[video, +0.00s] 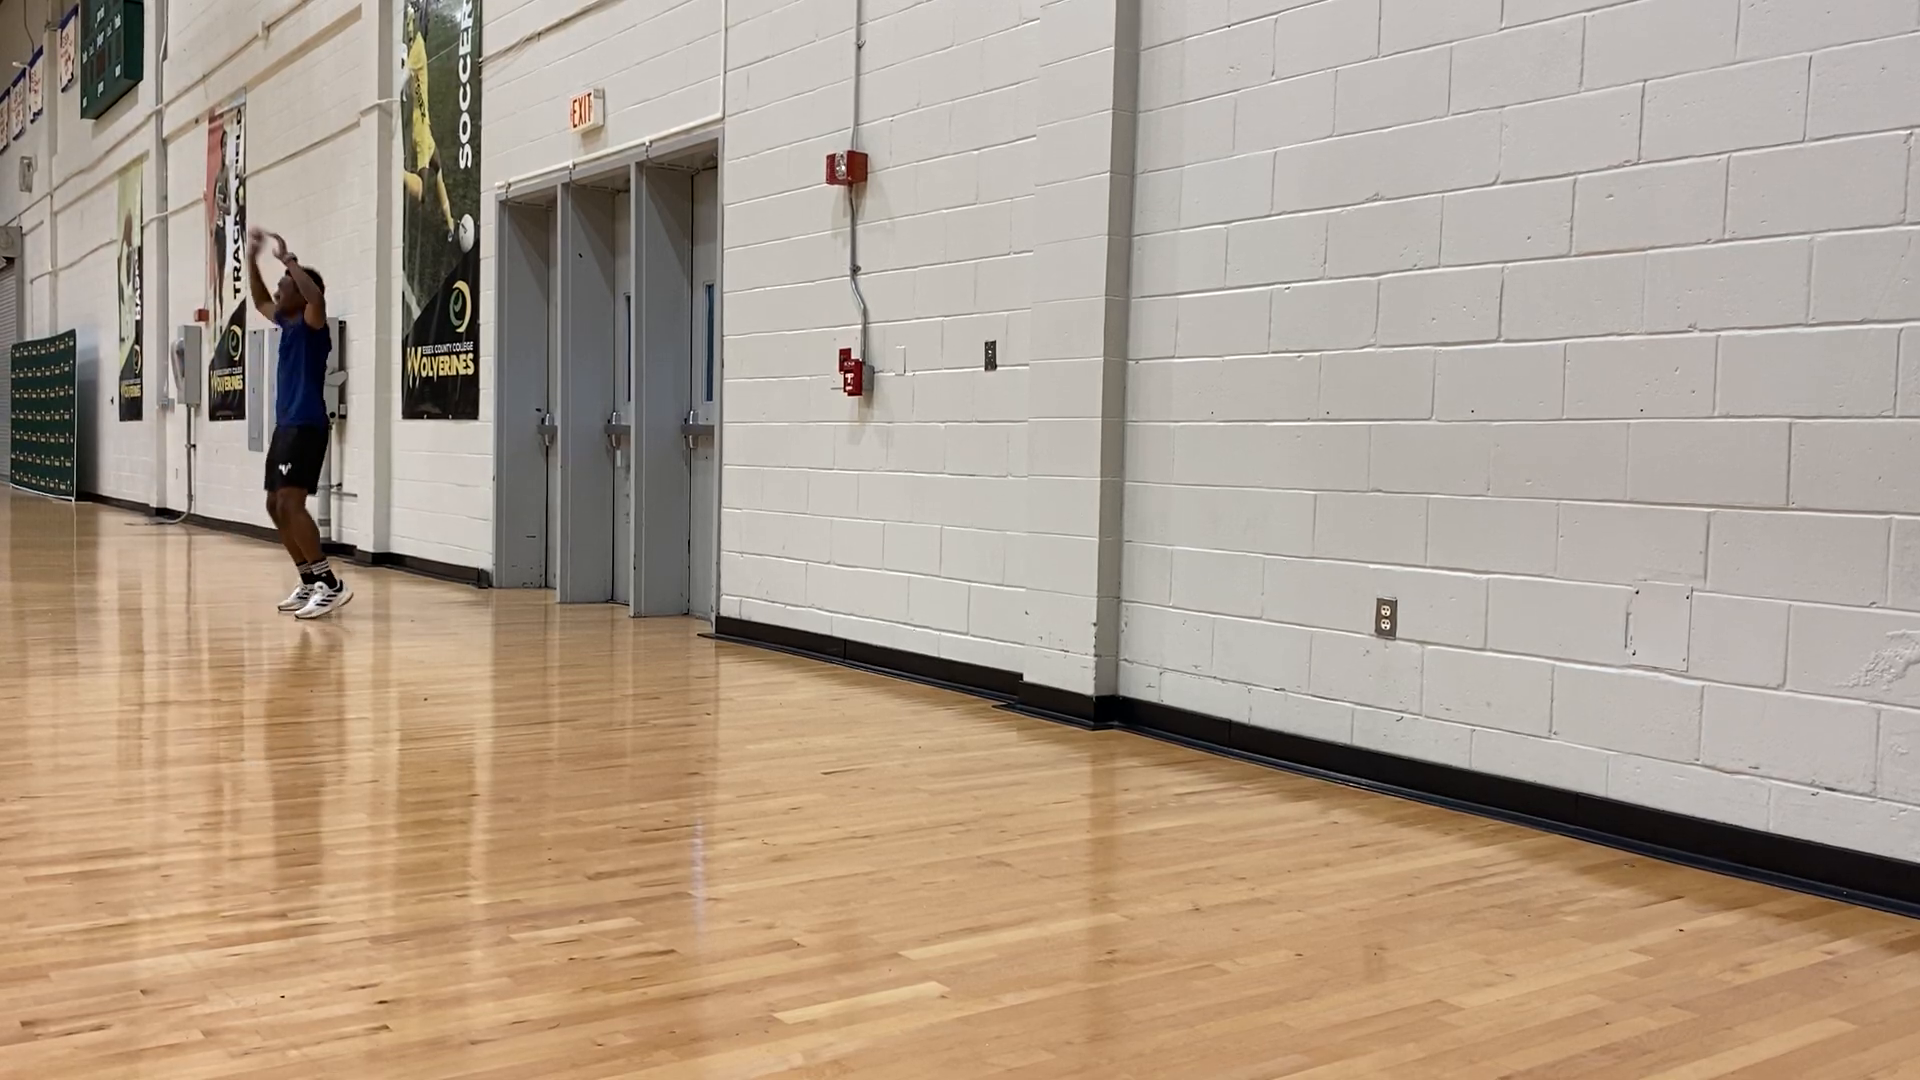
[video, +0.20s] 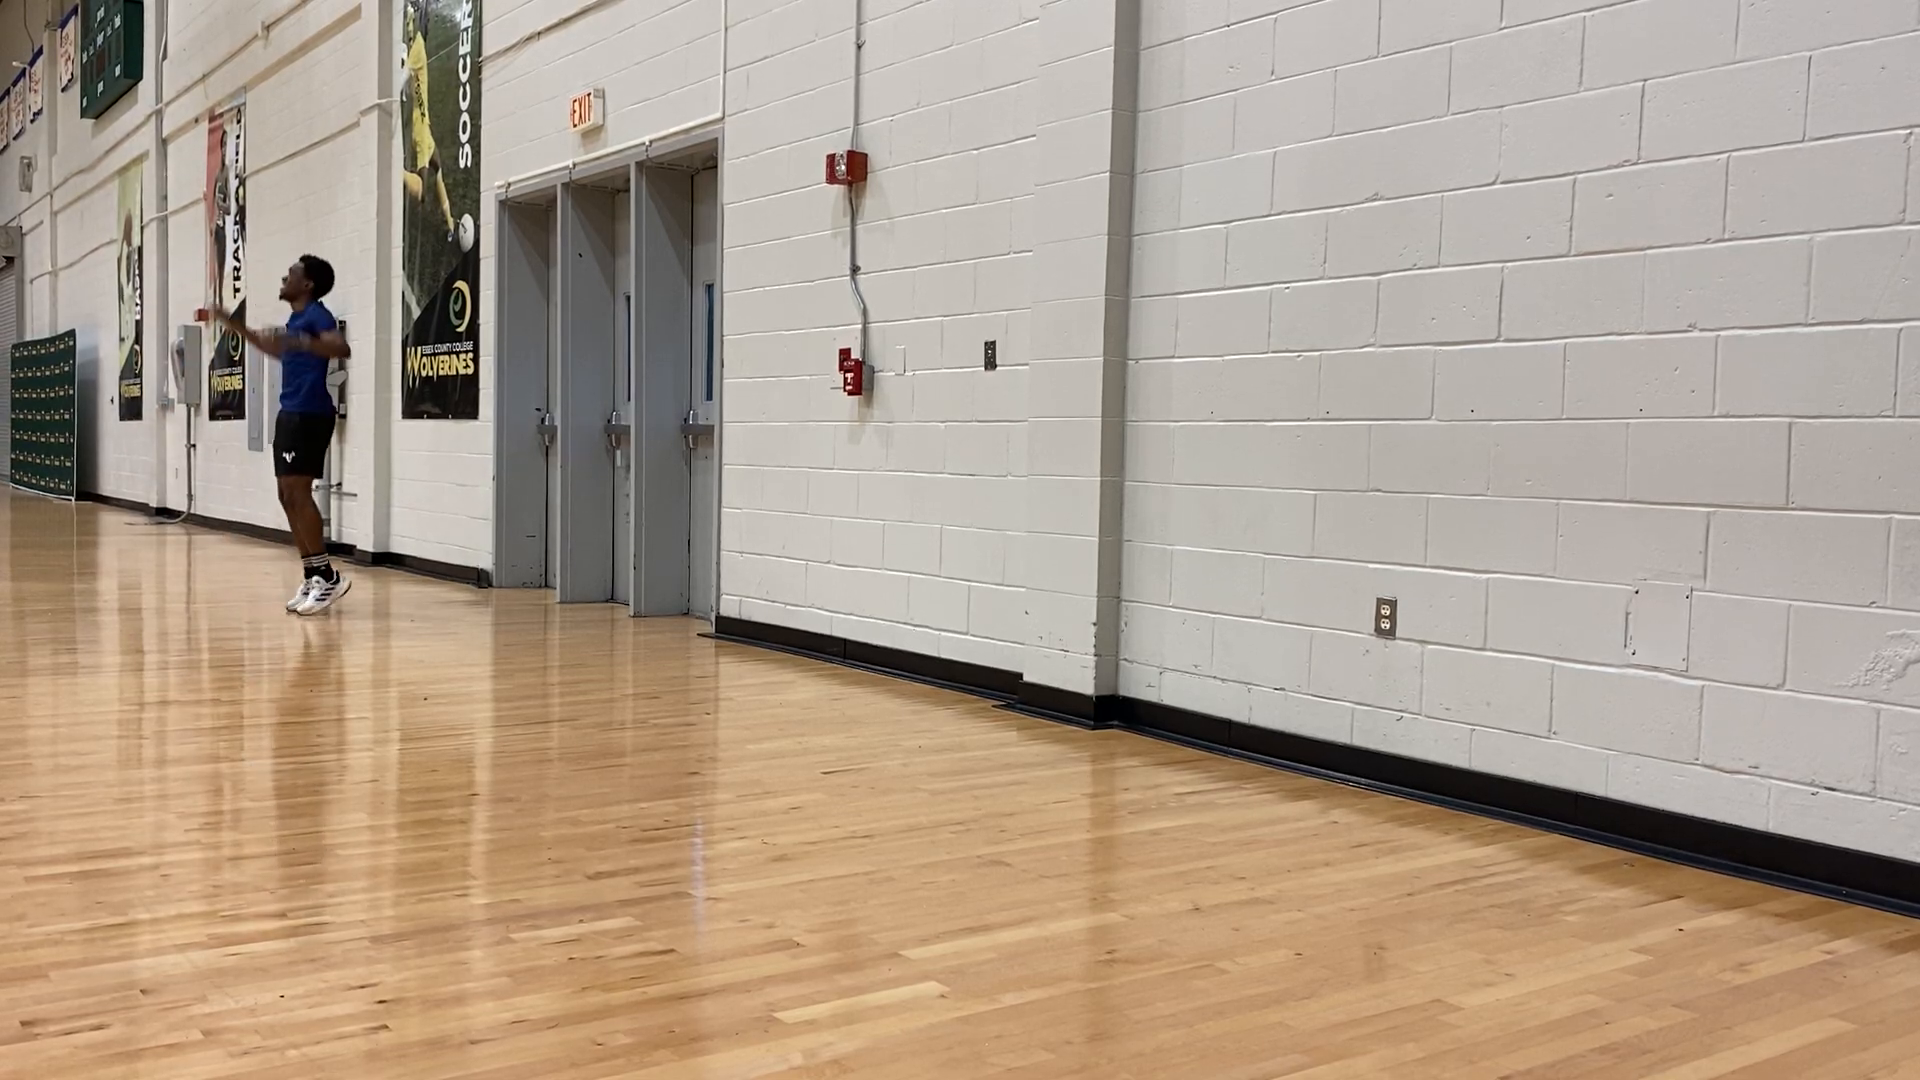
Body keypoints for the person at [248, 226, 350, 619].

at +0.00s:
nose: (277, 290)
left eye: (284, 286)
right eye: (279, 285)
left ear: (302, 294)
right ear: (285, 292)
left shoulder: (312, 323)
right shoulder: (287, 323)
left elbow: (315, 296)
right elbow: (262, 301)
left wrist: (288, 261)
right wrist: (251, 259)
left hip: (307, 424)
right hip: (287, 424)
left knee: (290, 502)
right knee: (275, 505)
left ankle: (328, 583)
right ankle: (309, 583)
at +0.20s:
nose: (284, 277)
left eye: (291, 274)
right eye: (288, 272)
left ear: (307, 284)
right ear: (303, 284)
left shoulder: (317, 314)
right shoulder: (294, 320)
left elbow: (341, 348)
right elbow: (274, 348)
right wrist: (230, 322)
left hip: (310, 415)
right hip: (291, 414)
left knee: (297, 494)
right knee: (288, 495)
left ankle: (326, 577)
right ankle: (314, 577)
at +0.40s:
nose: (286, 297)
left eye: (293, 293)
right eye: (290, 291)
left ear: (310, 303)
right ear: (306, 303)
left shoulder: (322, 341)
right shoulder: (302, 344)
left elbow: (345, 392)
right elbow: (301, 400)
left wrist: (298, 411)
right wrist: (265, 413)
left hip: (316, 441)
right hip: (299, 439)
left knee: (298, 510)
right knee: (287, 512)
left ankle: (334, 589)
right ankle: (326, 587)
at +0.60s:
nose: (291, 291)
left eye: (298, 287)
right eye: (294, 286)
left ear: (316, 297)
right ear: (311, 297)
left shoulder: (323, 332)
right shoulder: (306, 335)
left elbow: (334, 382)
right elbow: (299, 388)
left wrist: (293, 389)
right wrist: (262, 393)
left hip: (320, 435)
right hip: (305, 433)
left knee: (317, 508)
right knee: (309, 509)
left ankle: (339, 589)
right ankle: (327, 586)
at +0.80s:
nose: (286, 293)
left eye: (293, 289)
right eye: (289, 288)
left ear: (313, 297)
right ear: (307, 298)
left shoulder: (321, 331)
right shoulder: (305, 335)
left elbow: (337, 380)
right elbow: (298, 390)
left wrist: (304, 394)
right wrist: (256, 389)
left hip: (325, 434)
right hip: (310, 433)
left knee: (319, 507)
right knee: (312, 507)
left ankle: (338, 588)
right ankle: (328, 586)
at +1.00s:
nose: (281, 298)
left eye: (286, 292)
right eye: (282, 292)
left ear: (306, 296)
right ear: (301, 298)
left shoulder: (323, 331)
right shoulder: (304, 336)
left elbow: (344, 379)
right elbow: (306, 394)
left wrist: (307, 395)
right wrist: (268, 400)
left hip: (326, 434)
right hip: (309, 433)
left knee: (323, 507)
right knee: (313, 508)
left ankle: (340, 588)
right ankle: (326, 586)